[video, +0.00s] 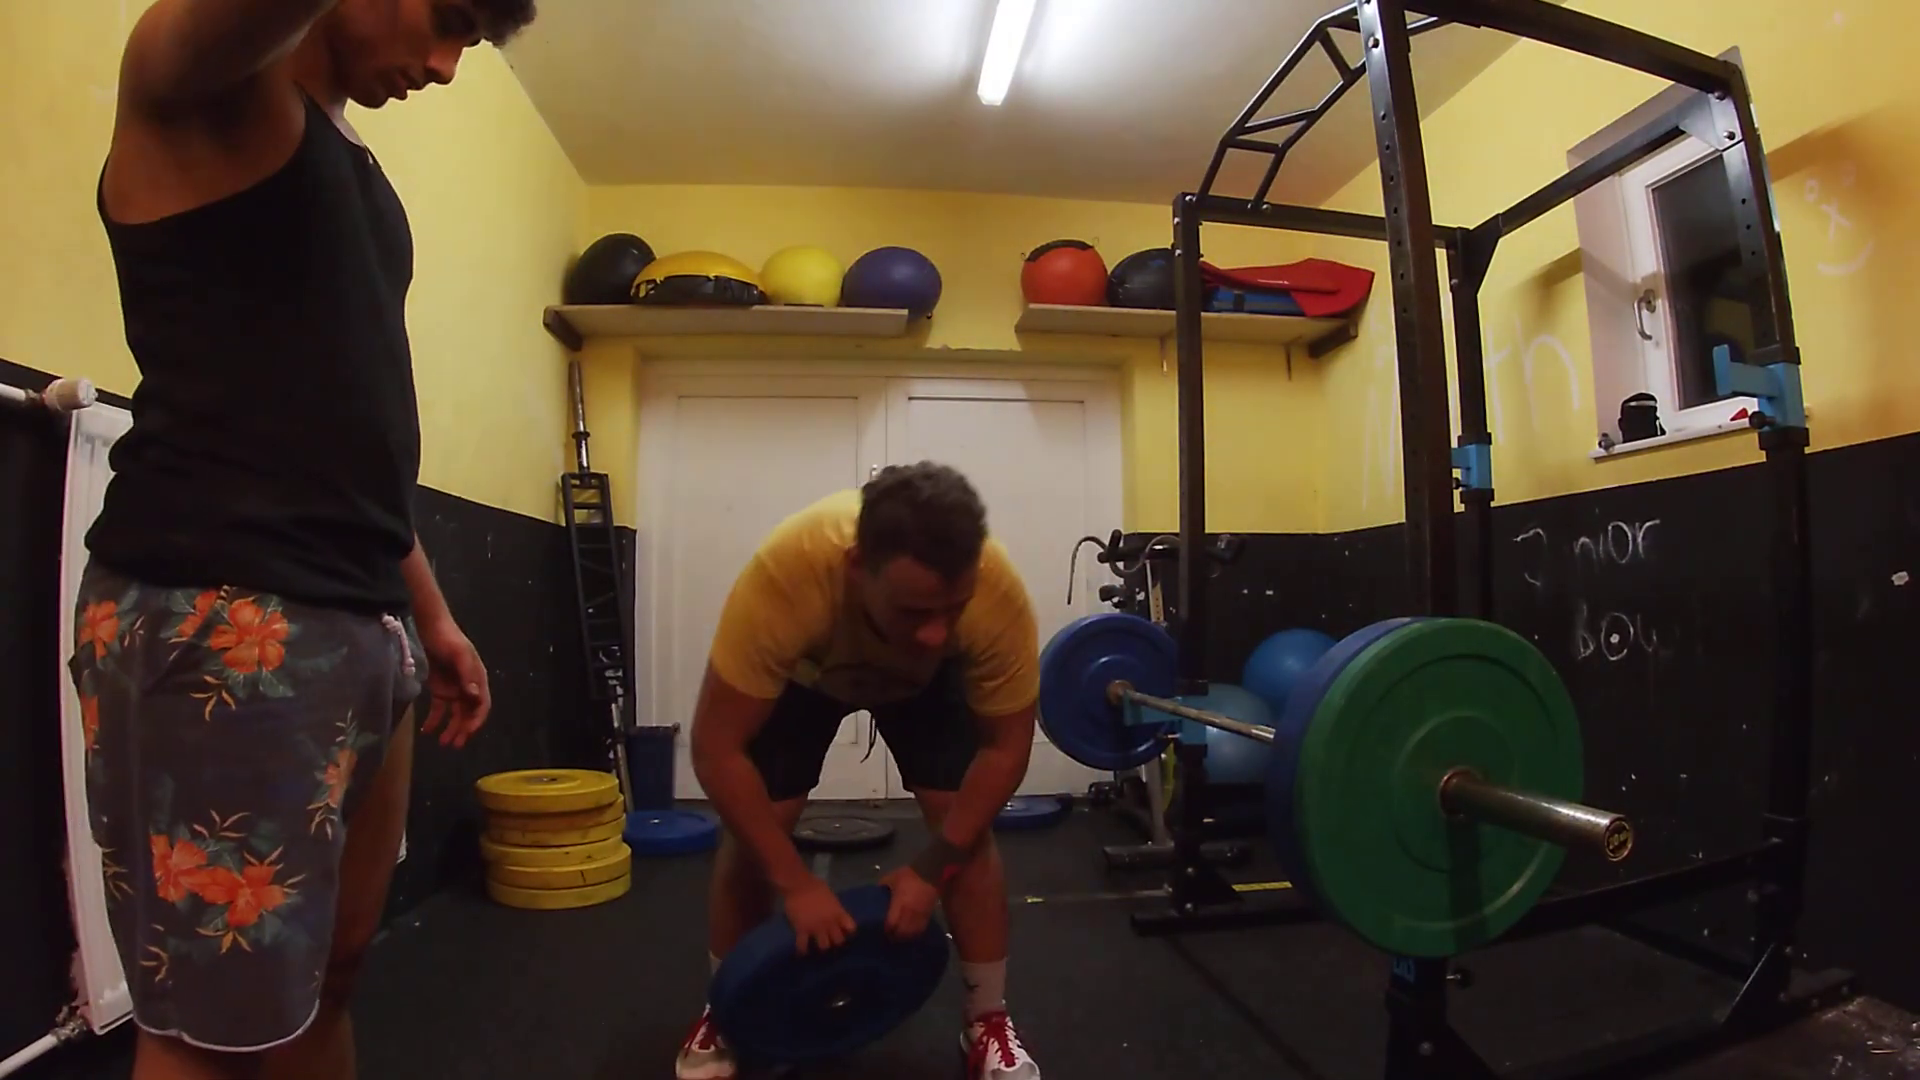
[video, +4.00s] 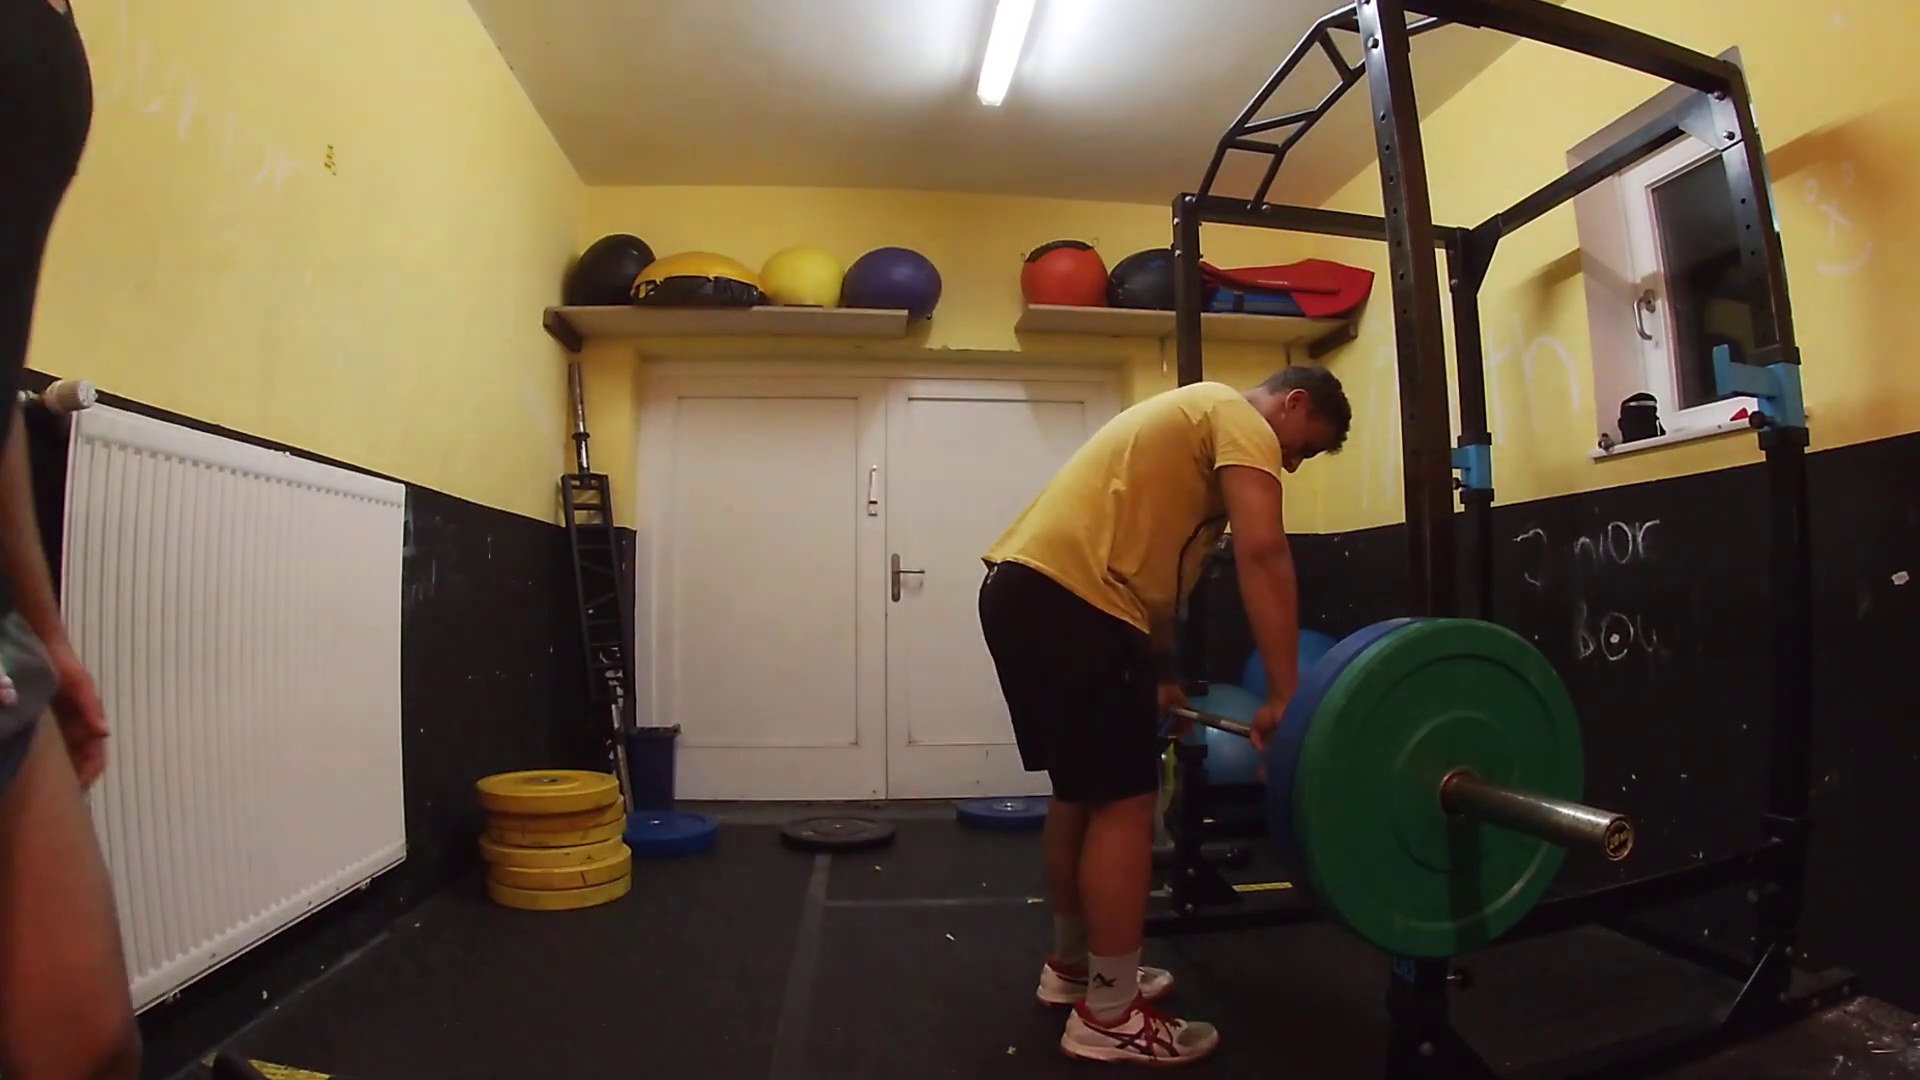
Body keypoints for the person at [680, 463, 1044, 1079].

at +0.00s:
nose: (936, 632)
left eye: (953, 611)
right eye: (914, 614)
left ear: (971, 579)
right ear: (856, 570)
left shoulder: (996, 597)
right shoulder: (786, 574)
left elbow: (1008, 745)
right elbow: (714, 744)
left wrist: (931, 870)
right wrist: (796, 883)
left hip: (925, 676)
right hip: (805, 671)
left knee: (968, 833)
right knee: (754, 834)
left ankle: (990, 1022)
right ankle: (724, 1015)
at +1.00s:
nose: (1034, 511)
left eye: (1051, 490)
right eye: (1017, 484)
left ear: (1067, 475)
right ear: (960, 446)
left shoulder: (1051, 528)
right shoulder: (850, 502)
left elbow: (1050, 645)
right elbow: (778, 669)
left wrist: (1038, 781)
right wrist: (832, 826)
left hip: (945, 664)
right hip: (828, 661)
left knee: (975, 826)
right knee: (779, 835)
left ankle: (989, 1024)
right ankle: (721, 1005)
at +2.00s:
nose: (869, 300)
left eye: (873, 286)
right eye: (863, 281)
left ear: (827, 271)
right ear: (814, 264)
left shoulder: (833, 373)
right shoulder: (734, 353)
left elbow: (840, 502)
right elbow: (684, 481)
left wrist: (895, 588)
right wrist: (747, 587)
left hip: (853, 634)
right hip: (764, 632)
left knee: (850, 801)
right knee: (746, 816)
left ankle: (804, 970)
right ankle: (687, 1006)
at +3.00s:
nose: (1098, 341)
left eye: (1105, 326)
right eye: (1093, 321)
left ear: (1041, 301)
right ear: (1049, 296)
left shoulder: (987, 370)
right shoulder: (1018, 374)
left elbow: (1001, 535)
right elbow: (1067, 519)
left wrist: (1073, 626)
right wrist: (1163, 637)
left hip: (933, 622)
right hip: (996, 629)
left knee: (947, 798)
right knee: (1082, 808)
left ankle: (819, 950)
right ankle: (1108, 1012)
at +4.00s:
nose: (1298, 461)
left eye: (1309, 455)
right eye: (1309, 445)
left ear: (1278, 393)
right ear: (1293, 402)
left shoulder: (1185, 424)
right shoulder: (1240, 417)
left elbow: (1146, 562)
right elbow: (1262, 549)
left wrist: (1161, 675)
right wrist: (1282, 689)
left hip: (1026, 582)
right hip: (1078, 596)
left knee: (1080, 789)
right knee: (1126, 798)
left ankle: (1070, 964)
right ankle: (1111, 1012)